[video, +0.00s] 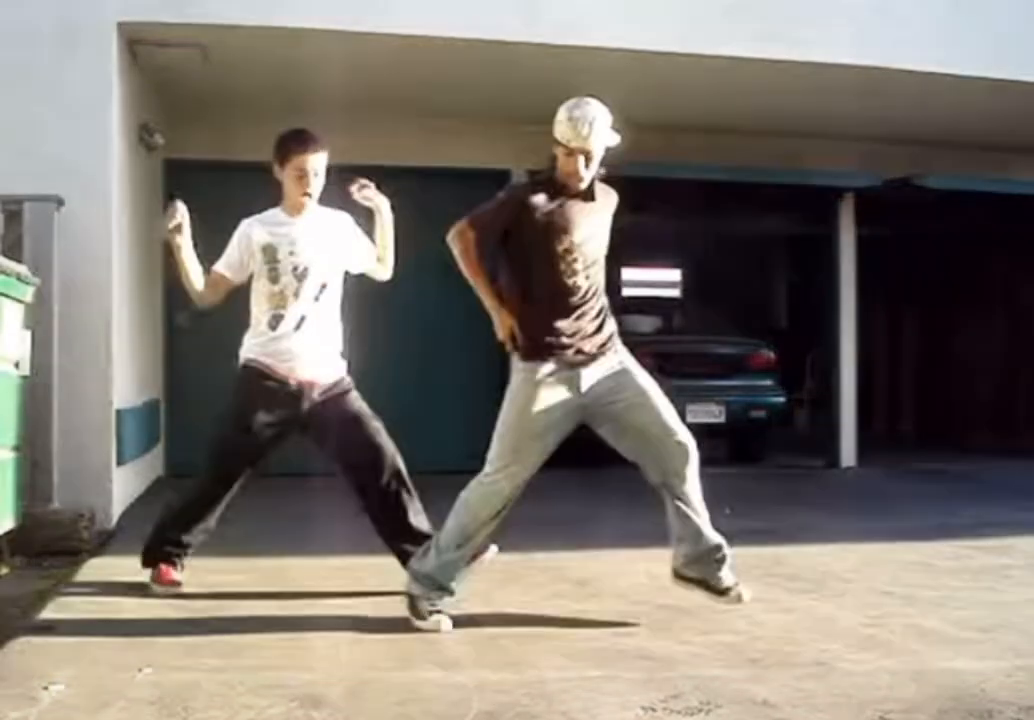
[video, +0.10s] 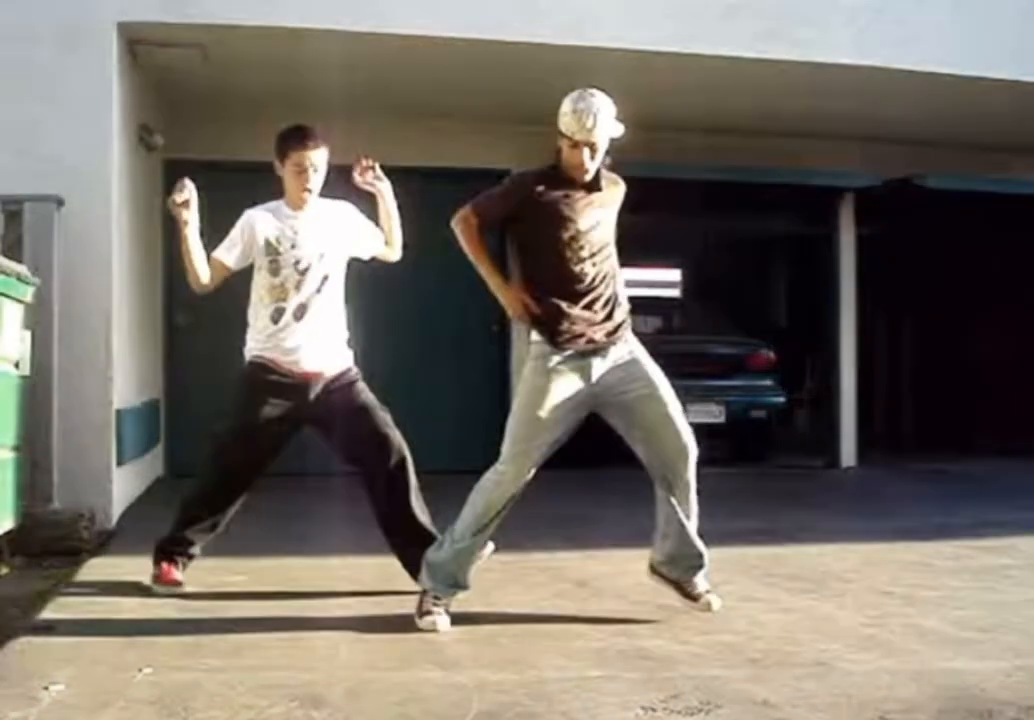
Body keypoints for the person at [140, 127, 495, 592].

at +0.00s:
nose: (310, 182)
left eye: (317, 172)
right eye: (300, 172)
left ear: (325, 173)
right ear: (279, 172)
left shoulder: (339, 225)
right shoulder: (255, 231)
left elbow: (382, 268)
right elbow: (207, 294)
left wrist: (383, 213)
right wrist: (181, 241)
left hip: (328, 380)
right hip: (267, 378)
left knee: (384, 465)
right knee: (224, 472)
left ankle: (431, 565)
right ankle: (166, 554)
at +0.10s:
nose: (309, 178)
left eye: (317, 169)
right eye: (300, 168)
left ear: (326, 170)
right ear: (280, 168)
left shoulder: (340, 218)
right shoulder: (258, 222)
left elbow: (391, 251)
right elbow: (204, 279)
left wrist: (383, 193)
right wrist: (188, 225)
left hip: (334, 373)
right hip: (272, 373)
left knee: (390, 454)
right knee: (233, 467)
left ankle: (433, 566)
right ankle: (174, 554)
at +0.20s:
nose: (322, 163)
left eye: (330, 152)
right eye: (313, 154)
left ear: (343, 149)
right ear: (299, 153)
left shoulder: (365, 191)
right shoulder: (279, 197)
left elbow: (412, 234)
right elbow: (233, 255)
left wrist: (409, 189)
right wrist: (236, 220)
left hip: (370, 338)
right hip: (311, 338)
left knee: (410, 426)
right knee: (276, 433)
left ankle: (381, 536)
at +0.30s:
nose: (355, 176)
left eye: (362, 167)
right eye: (346, 168)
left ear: (378, 165)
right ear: (334, 168)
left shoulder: (399, 221)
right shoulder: (313, 220)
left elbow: (401, 291)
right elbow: (309, 288)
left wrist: (435, 262)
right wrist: (281, 285)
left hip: (387, 351)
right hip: (333, 350)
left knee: (400, 450)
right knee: (333, 447)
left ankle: (353, 532)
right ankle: (397, 539)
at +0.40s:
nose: (370, 190)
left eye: (378, 181)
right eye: (362, 181)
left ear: (393, 179)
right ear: (348, 179)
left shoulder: (413, 234)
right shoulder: (327, 233)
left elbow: (437, 302)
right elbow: (317, 300)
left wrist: (454, 260)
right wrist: (279, 297)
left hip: (396, 362)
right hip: (344, 361)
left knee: (398, 468)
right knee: (362, 461)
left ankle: (349, 544)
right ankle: (416, 557)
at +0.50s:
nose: (399, 181)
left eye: (407, 172)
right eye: (391, 172)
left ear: (418, 168)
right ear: (375, 169)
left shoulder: (435, 211)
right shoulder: (350, 215)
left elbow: (489, 252)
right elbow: (302, 268)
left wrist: (483, 202)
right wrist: (294, 222)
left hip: (424, 347)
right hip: (370, 344)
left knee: (445, 440)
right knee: (357, 448)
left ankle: (393, 531)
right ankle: (380, 549)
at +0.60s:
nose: (404, 180)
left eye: (412, 171)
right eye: (396, 171)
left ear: (423, 169)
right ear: (383, 168)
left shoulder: (441, 212)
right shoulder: (356, 213)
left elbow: (492, 252)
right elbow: (307, 264)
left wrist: (487, 204)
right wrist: (304, 219)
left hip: (431, 348)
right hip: (376, 345)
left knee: (461, 436)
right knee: (357, 446)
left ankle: (414, 517)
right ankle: (363, 550)